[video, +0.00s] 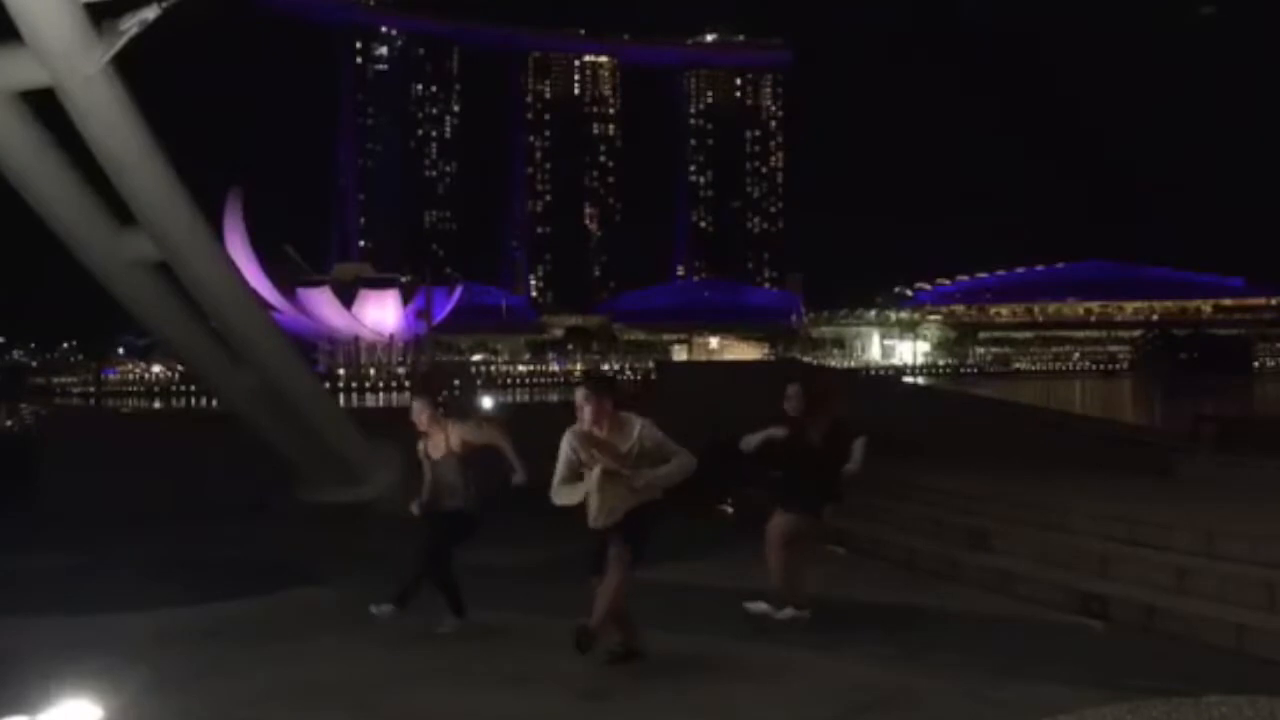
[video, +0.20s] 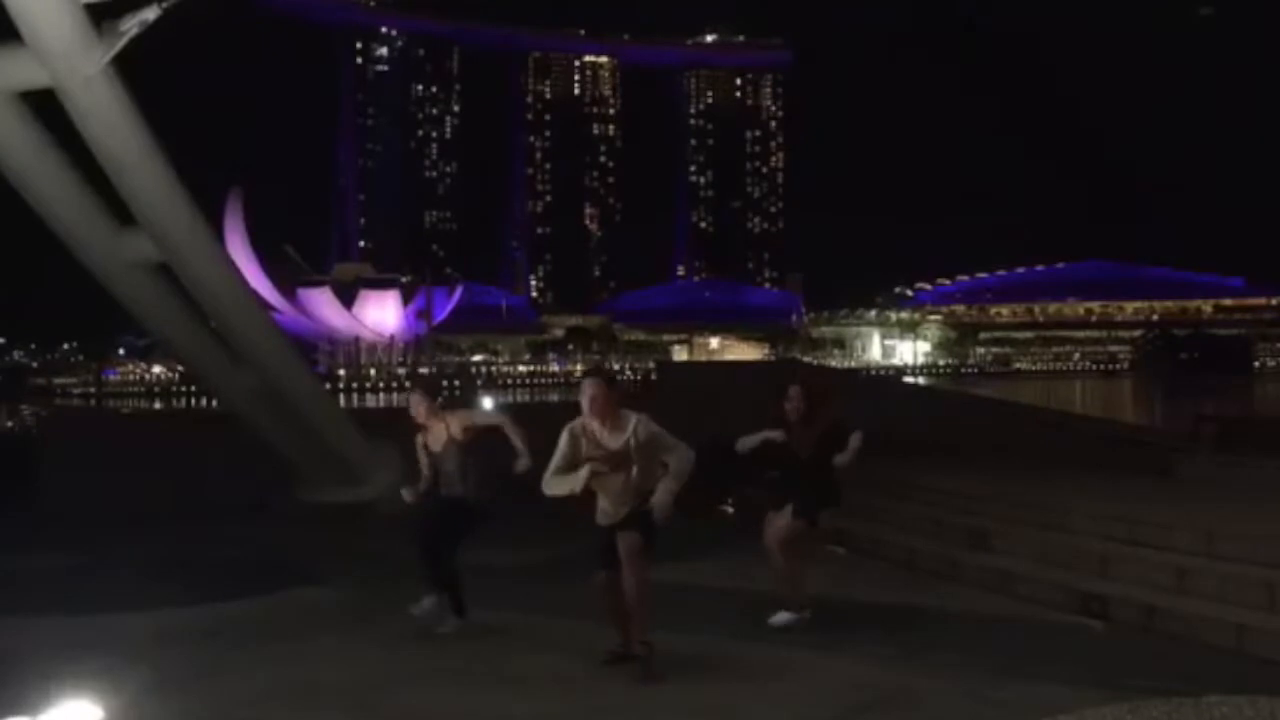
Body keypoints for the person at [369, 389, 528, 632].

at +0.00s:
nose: (417, 419)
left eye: (421, 413)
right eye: (414, 414)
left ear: (434, 412)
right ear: (413, 417)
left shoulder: (457, 431)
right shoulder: (424, 446)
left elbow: (497, 437)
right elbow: (428, 477)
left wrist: (518, 469)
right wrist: (421, 500)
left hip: (463, 503)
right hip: (438, 505)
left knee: (429, 553)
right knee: (438, 559)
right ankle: (458, 613)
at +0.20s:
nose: (413, 411)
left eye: (417, 405)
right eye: (411, 406)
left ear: (432, 404)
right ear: (413, 409)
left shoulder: (456, 421)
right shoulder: (422, 440)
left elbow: (502, 419)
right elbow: (427, 474)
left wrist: (523, 453)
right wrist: (416, 491)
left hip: (470, 496)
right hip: (444, 499)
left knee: (434, 537)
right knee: (441, 550)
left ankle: (436, 592)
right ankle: (456, 612)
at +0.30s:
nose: (420, 401)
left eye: (423, 394)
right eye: (415, 396)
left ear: (435, 393)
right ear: (412, 400)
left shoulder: (457, 415)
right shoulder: (422, 429)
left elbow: (495, 429)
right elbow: (427, 464)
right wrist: (427, 484)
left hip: (468, 490)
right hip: (443, 494)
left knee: (444, 546)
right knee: (439, 547)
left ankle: (461, 604)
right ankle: (458, 604)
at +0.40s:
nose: (421, 408)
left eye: (426, 402)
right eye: (418, 403)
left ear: (439, 403)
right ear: (417, 407)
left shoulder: (457, 424)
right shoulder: (424, 435)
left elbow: (476, 461)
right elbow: (422, 475)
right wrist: (434, 451)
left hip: (465, 501)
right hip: (441, 502)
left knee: (454, 557)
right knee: (443, 559)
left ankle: (476, 615)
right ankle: (467, 613)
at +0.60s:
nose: (425, 416)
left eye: (429, 409)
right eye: (420, 411)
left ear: (441, 407)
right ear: (417, 414)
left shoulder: (462, 423)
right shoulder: (422, 442)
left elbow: (495, 441)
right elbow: (421, 484)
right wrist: (452, 483)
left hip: (469, 503)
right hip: (441, 508)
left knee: (460, 557)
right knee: (443, 560)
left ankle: (468, 613)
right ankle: (464, 610)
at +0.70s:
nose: (422, 413)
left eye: (427, 406)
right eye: (419, 407)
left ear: (440, 405)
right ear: (417, 410)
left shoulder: (464, 415)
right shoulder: (427, 440)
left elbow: (499, 421)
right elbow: (427, 486)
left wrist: (510, 451)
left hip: (476, 499)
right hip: (448, 503)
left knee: (468, 555)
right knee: (446, 555)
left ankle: (460, 609)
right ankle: (456, 610)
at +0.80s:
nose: (422, 426)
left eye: (426, 419)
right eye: (418, 420)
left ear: (442, 415)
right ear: (418, 422)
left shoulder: (465, 418)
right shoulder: (432, 453)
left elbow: (499, 408)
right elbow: (419, 497)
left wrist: (528, 427)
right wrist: (401, 536)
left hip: (483, 499)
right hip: (451, 504)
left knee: (475, 561)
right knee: (439, 547)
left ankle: (458, 618)